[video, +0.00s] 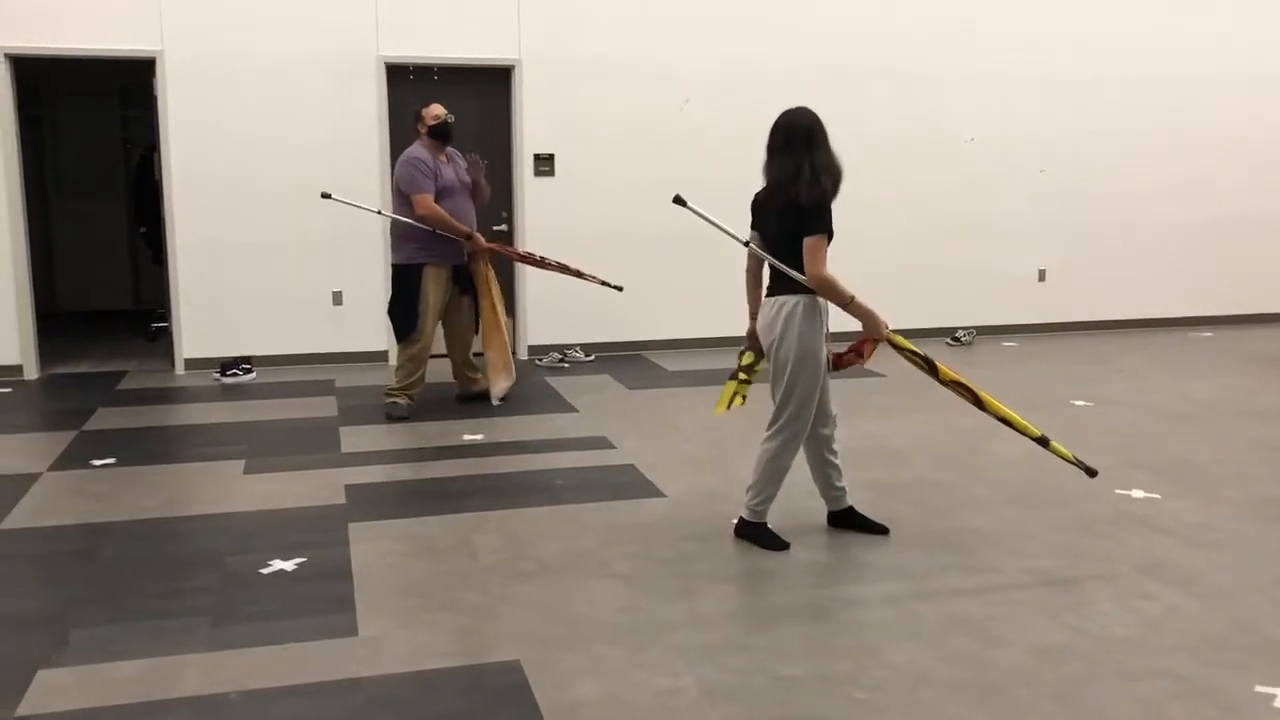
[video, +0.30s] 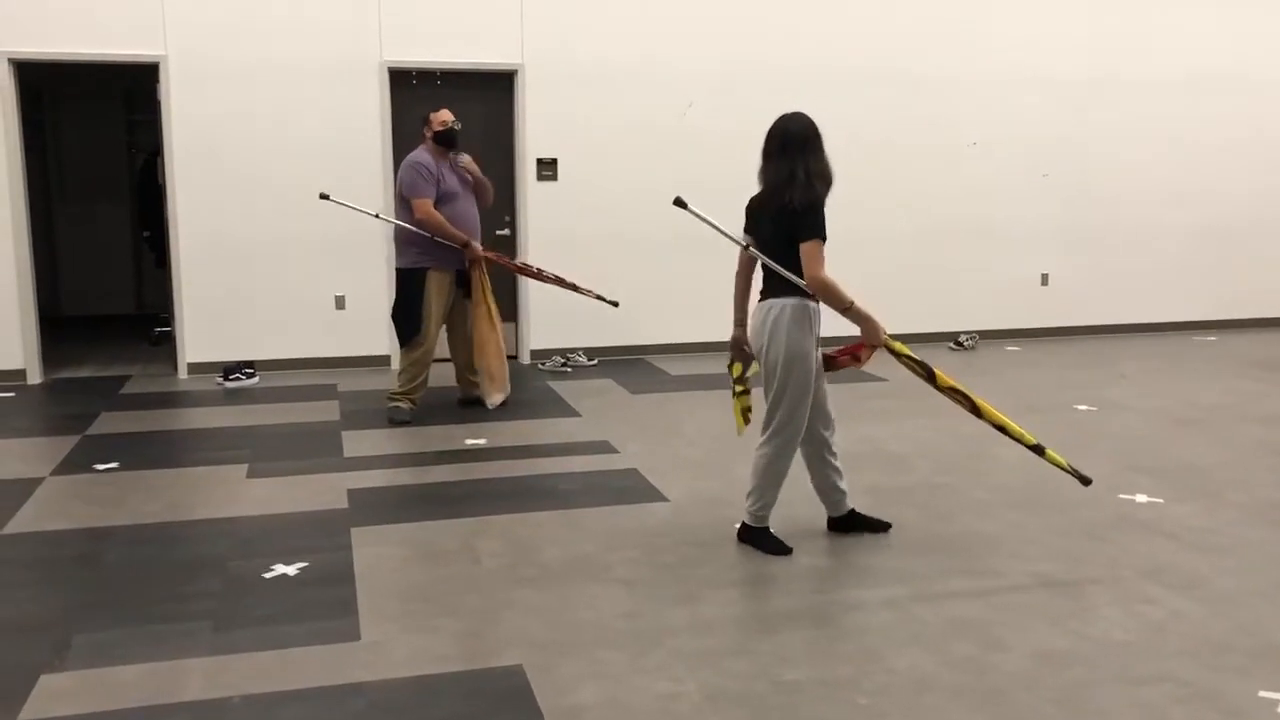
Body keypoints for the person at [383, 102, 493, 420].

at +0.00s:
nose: (444, 121)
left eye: (447, 117)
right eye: (436, 118)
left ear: (451, 124)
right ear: (422, 127)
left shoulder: (455, 157)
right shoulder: (414, 159)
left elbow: (480, 202)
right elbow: (424, 209)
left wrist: (478, 179)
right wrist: (469, 234)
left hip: (458, 257)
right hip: (422, 260)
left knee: (462, 326)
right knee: (417, 332)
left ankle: (470, 384)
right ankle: (400, 396)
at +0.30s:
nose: (451, 130)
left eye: (453, 125)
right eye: (443, 126)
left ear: (457, 130)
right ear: (428, 132)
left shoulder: (459, 162)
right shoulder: (418, 164)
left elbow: (485, 202)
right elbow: (423, 214)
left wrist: (478, 176)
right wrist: (466, 242)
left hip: (462, 262)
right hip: (426, 264)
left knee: (466, 329)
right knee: (421, 336)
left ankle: (471, 390)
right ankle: (403, 400)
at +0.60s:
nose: (452, 134)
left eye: (455, 129)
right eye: (445, 129)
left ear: (458, 134)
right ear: (429, 135)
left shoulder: (458, 165)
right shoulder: (418, 166)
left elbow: (460, 206)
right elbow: (422, 213)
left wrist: (480, 201)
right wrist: (464, 241)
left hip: (462, 265)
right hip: (426, 268)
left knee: (468, 335)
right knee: (421, 341)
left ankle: (474, 396)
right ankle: (402, 404)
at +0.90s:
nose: (450, 132)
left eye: (453, 128)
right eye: (443, 128)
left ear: (458, 132)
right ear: (428, 133)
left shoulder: (459, 165)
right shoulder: (417, 165)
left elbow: (476, 209)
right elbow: (422, 212)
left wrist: (487, 235)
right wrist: (467, 237)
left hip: (462, 264)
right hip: (425, 267)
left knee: (466, 334)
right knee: (421, 339)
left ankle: (471, 393)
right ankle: (401, 402)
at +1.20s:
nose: (449, 128)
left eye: (452, 124)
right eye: (441, 124)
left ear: (457, 128)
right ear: (426, 131)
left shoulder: (462, 161)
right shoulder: (415, 162)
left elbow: (483, 203)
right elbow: (423, 209)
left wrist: (485, 231)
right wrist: (469, 235)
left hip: (464, 262)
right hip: (425, 265)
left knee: (468, 332)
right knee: (419, 338)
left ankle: (472, 393)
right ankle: (401, 401)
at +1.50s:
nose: (450, 129)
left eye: (454, 124)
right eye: (443, 125)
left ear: (459, 128)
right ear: (428, 131)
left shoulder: (464, 161)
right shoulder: (417, 163)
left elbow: (488, 201)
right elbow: (425, 211)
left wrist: (485, 227)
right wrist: (469, 236)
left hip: (466, 262)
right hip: (427, 265)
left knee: (470, 331)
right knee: (422, 338)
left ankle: (475, 391)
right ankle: (404, 401)